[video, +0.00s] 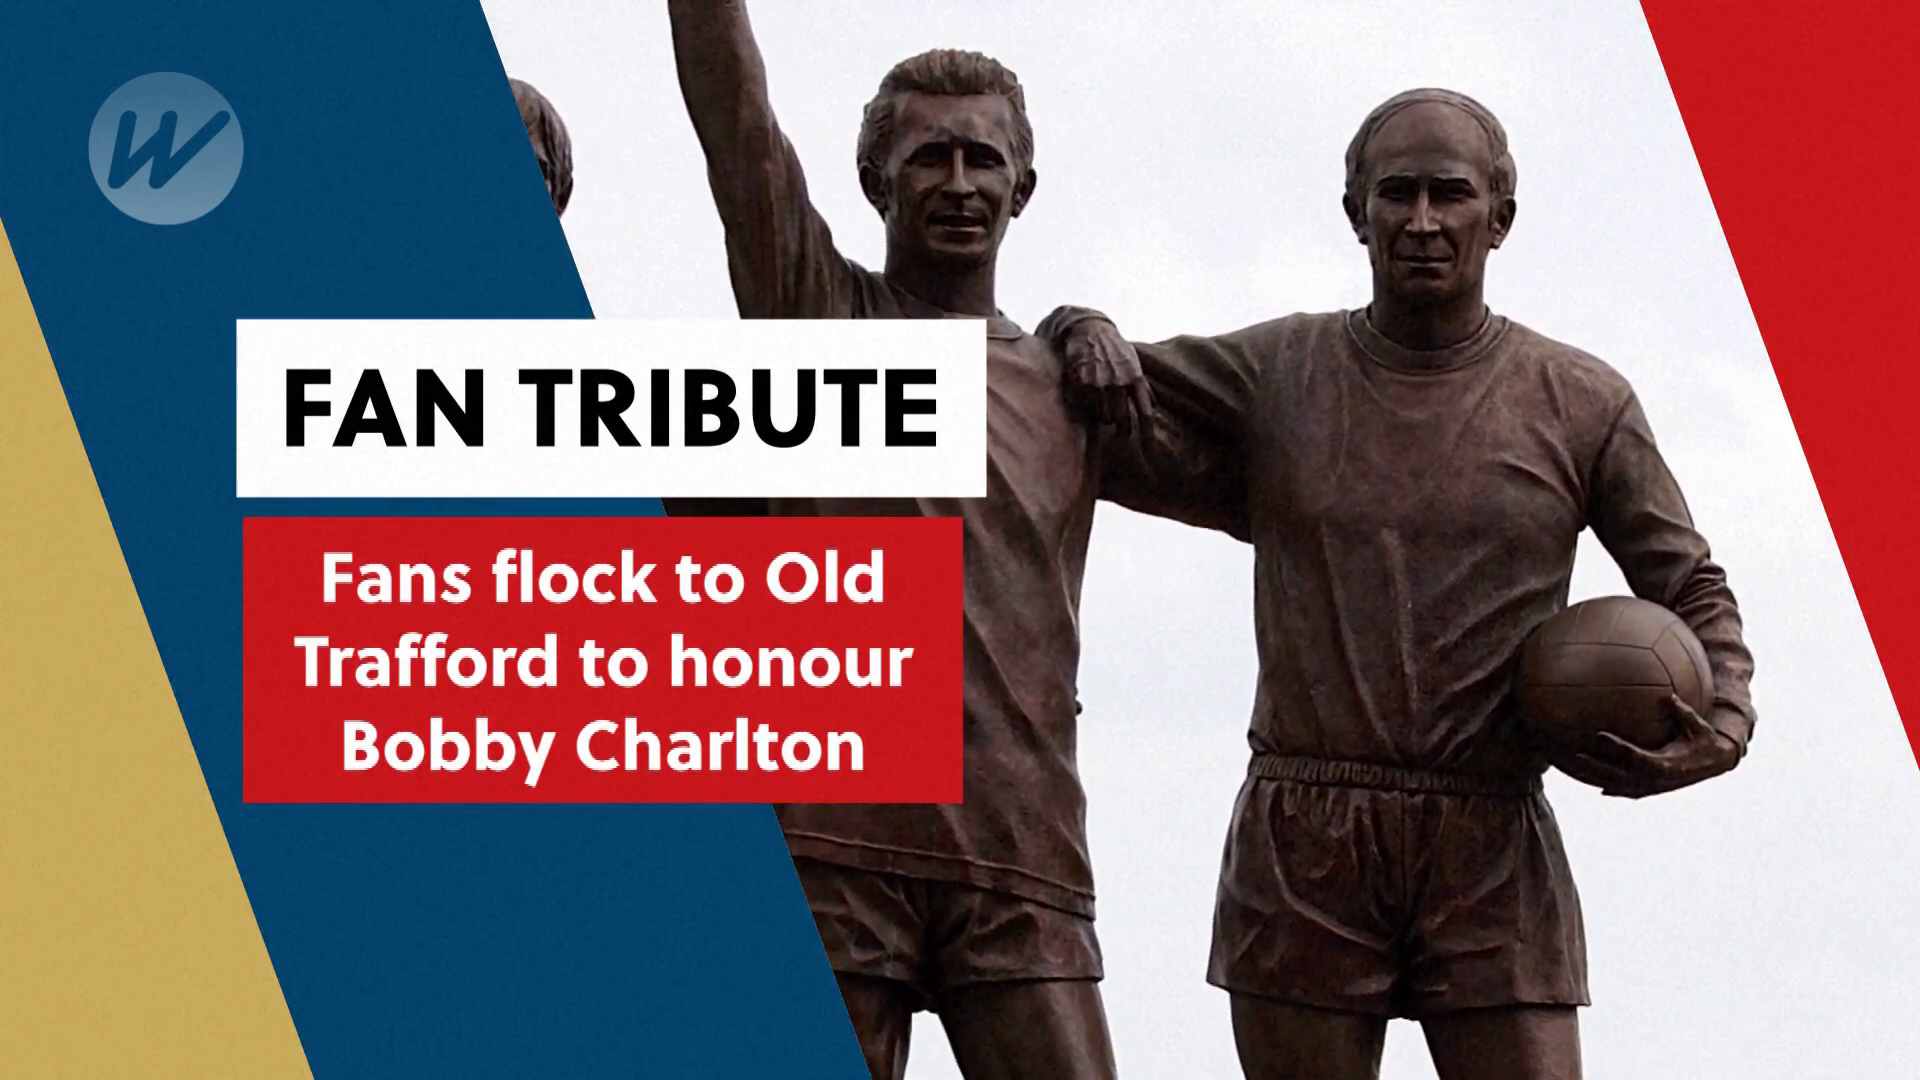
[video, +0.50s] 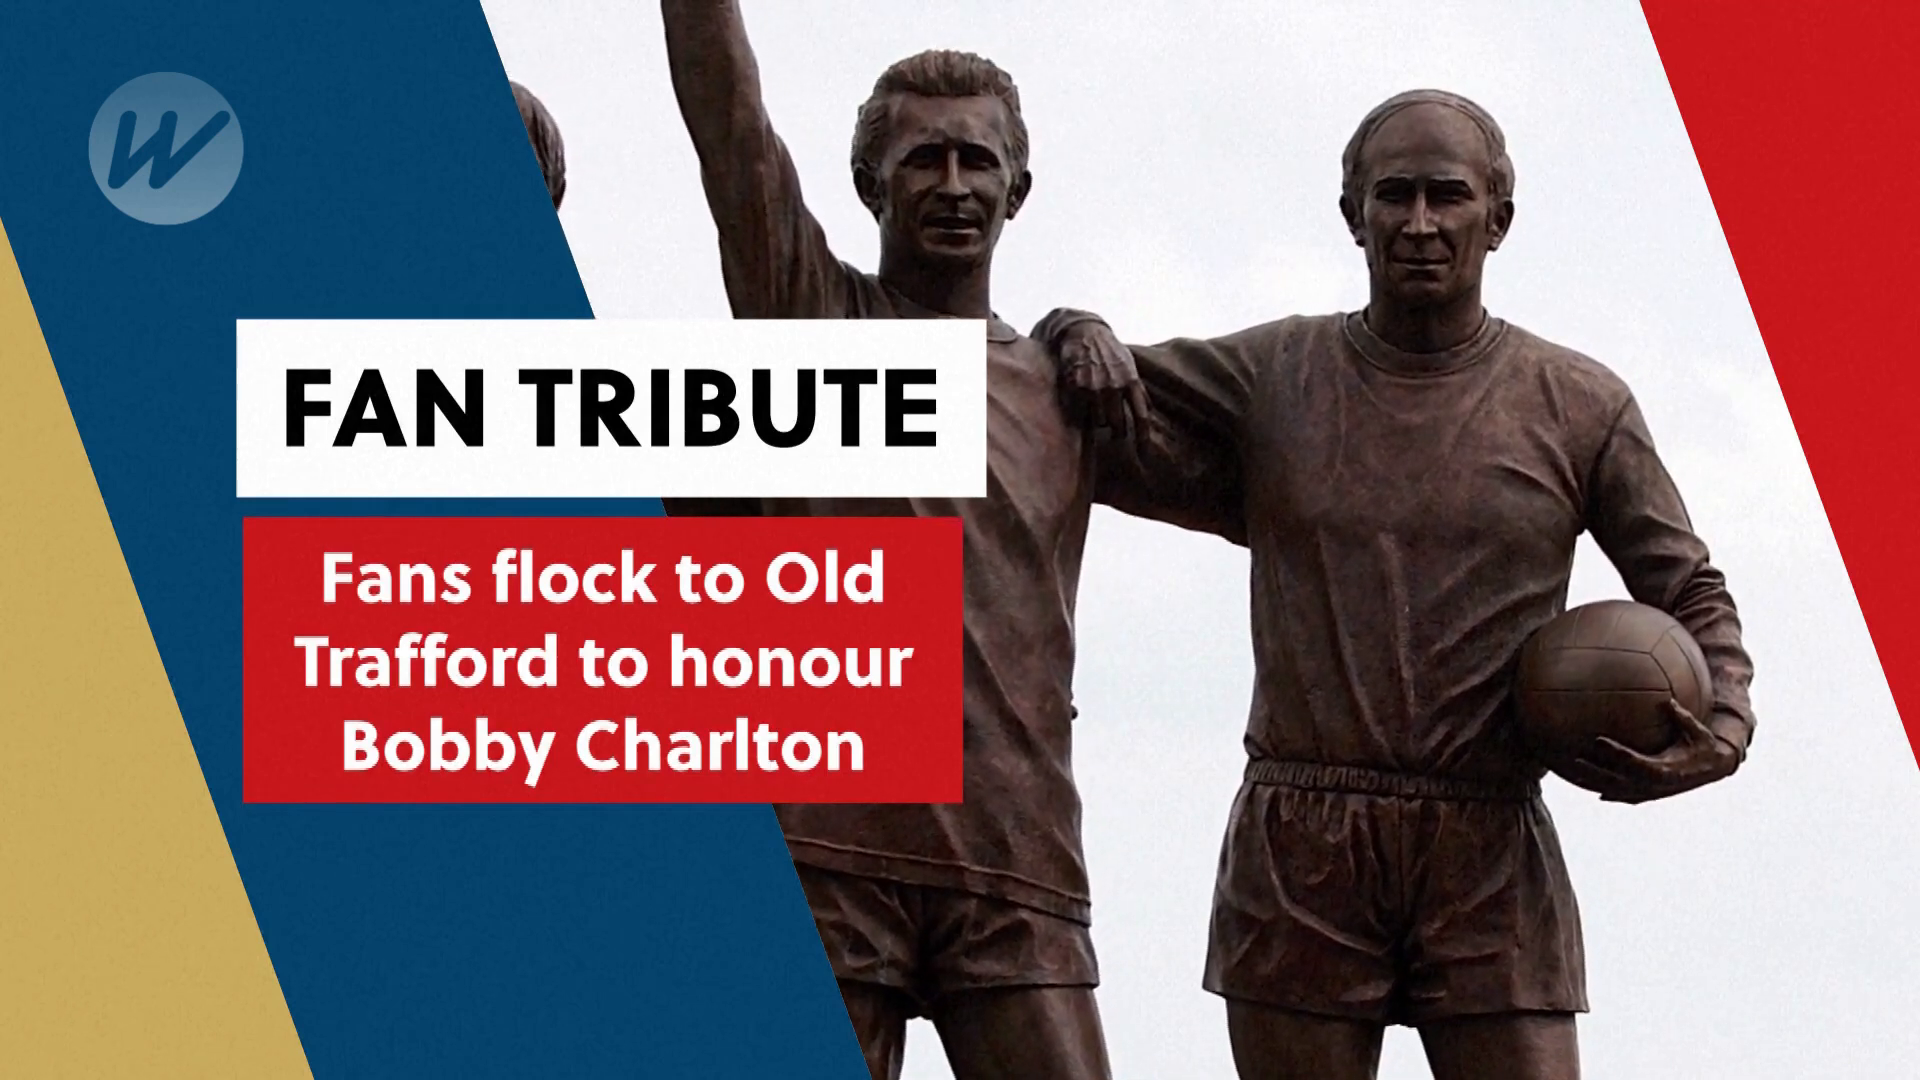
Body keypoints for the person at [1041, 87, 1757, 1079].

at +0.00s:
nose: (1422, 219)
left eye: (1450, 192)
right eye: (1395, 193)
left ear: (1502, 217)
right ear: (1355, 213)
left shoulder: (1581, 400)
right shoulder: (1276, 368)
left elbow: (1690, 588)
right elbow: (1099, 408)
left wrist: (1724, 712)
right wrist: (1077, 329)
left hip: (1492, 848)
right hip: (1301, 844)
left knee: (1536, 1065)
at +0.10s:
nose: (1421, 220)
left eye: (1449, 193)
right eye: (1394, 194)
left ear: (1501, 215)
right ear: (1355, 214)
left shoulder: (1581, 400)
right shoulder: (1274, 369)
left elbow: (1690, 589)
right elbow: (1097, 410)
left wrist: (1724, 712)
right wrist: (1076, 329)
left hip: (1490, 848)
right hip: (1301, 843)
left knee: (1535, 1065)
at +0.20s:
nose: (1421, 220)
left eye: (1449, 193)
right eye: (1394, 194)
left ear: (1501, 216)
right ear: (1354, 214)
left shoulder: (1581, 400)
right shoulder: (1274, 369)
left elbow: (1690, 589)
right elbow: (1098, 407)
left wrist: (1725, 716)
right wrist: (1076, 329)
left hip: (1490, 848)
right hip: (1300, 844)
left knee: (1534, 1065)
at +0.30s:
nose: (1420, 220)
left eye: (1448, 193)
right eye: (1393, 194)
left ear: (1500, 216)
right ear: (1354, 215)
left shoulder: (1580, 401)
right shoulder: (1273, 370)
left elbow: (1690, 591)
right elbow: (1096, 410)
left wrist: (1724, 717)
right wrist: (1074, 330)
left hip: (1490, 849)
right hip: (1299, 845)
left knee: (1534, 1065)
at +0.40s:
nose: (1420, 220)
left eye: (1448, 193)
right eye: (1392, 194)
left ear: (1501, 217)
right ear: (1353, 215)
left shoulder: (1580, 402)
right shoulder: (1272, 370)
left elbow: (1690, 591)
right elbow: (1098, 415)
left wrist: (1725, 715)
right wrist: (1075, 333)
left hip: (1490, 852)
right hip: (1299, 846)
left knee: (1535, 1066)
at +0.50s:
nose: (1419, 221)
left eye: (1447, 194)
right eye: (1392, 195)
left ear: (1500, 217)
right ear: (1352, 216)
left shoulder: (1580, 403)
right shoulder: (1271, 371)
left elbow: (1689, 592)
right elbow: (1092, 410)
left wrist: (1725, 715)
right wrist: (1074, 332)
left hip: (1490, 852)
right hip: (1298, 848)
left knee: (1534, 1065)